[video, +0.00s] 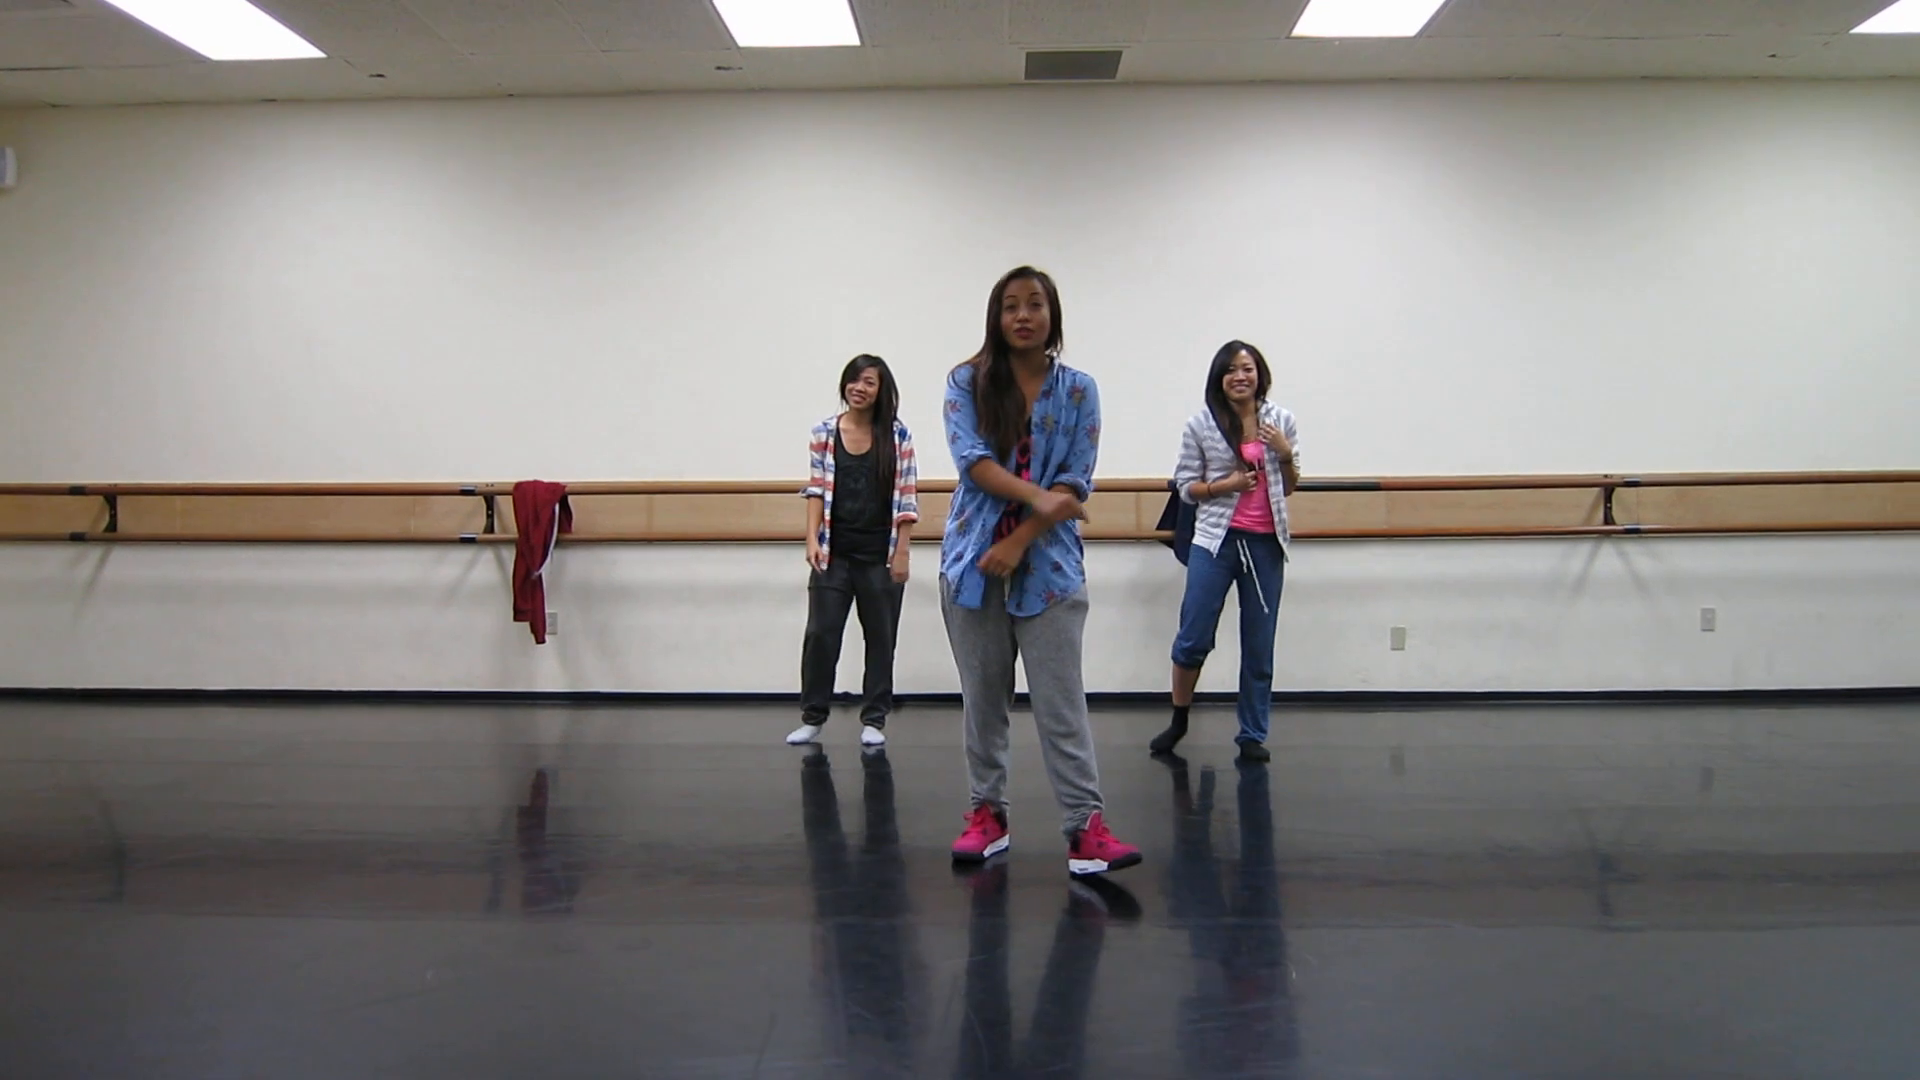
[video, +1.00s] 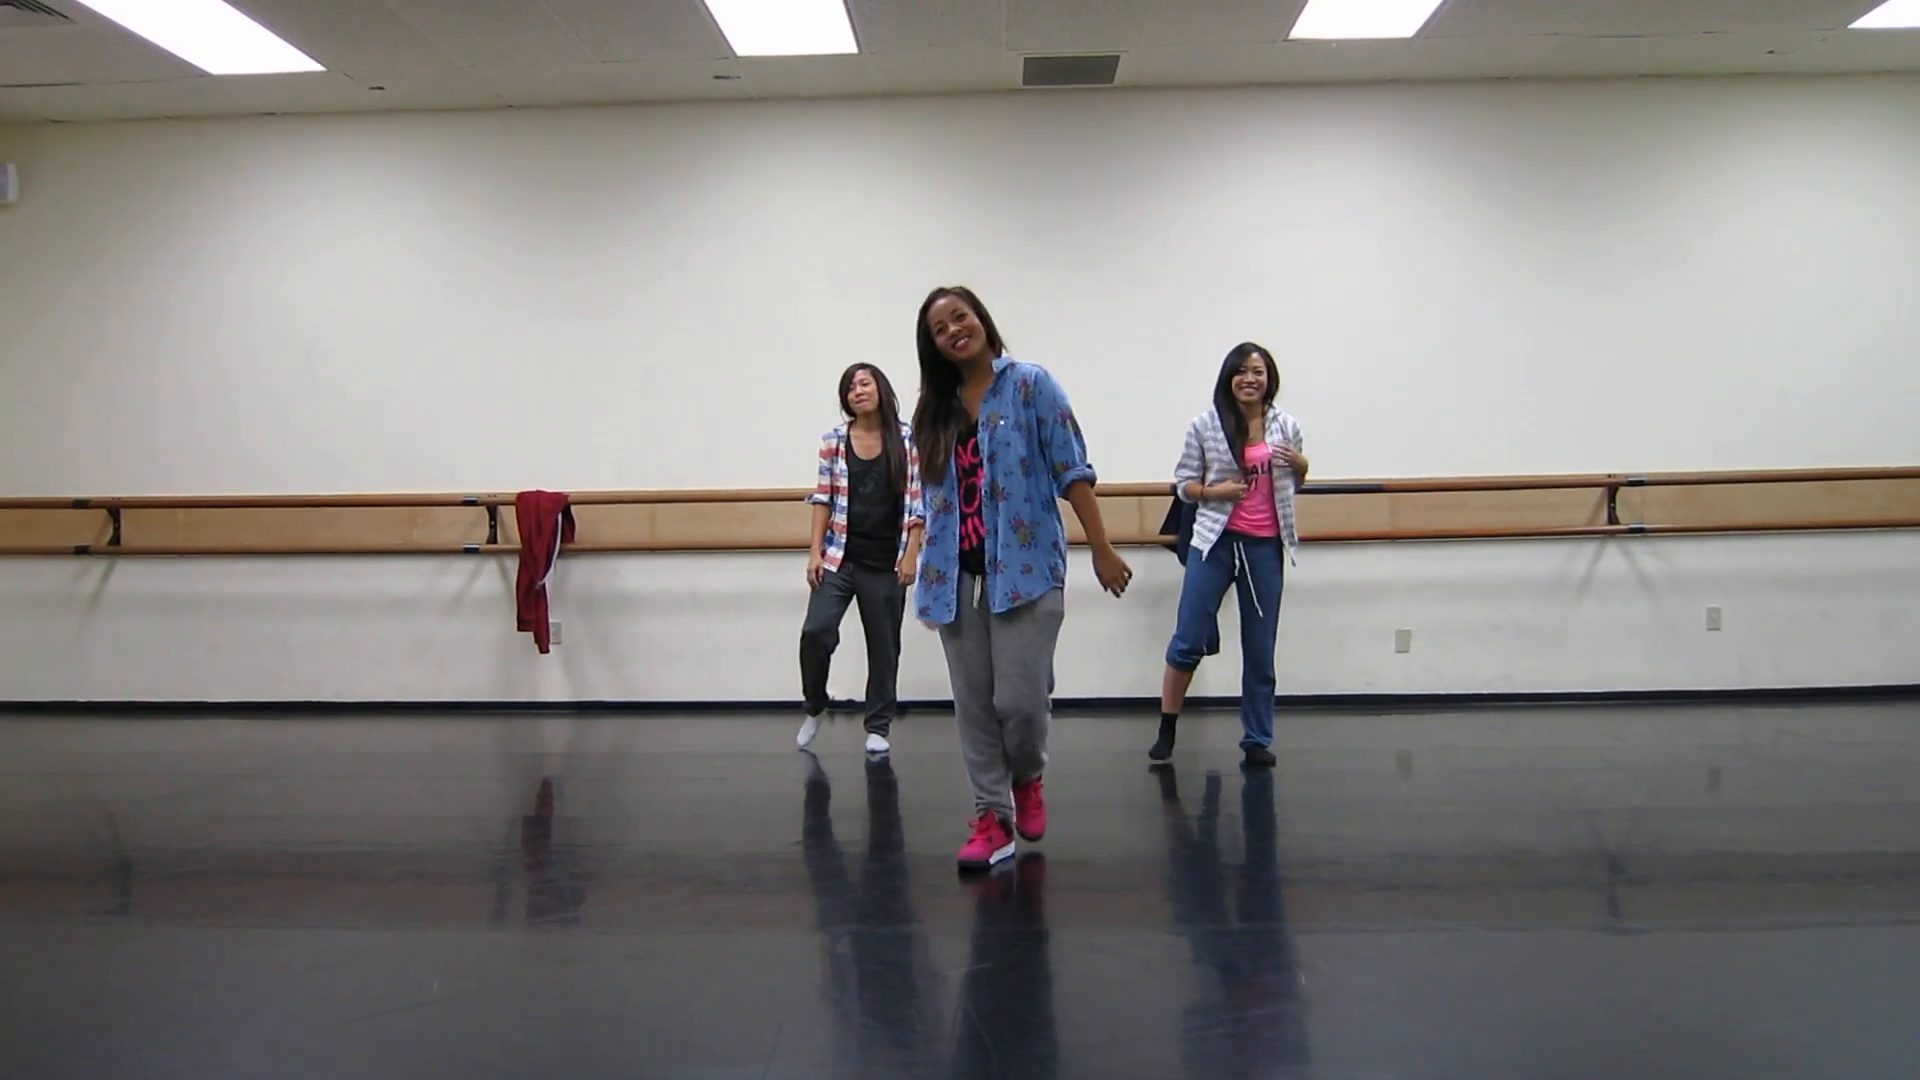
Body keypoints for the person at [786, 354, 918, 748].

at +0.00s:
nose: (860, 387)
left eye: (869, 383)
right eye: (855, 380)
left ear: (882, 391)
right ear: (844, 385)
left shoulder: (897, 435)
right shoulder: (824, 432)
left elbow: (907, 496)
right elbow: (816, 489)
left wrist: (902, 550)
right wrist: (812, 538)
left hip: (880, 558)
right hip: (833, 554)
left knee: (880, 642)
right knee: (820, 636)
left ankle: (874, 720)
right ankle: (813, 718)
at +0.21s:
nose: (866, 387)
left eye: (875, 382)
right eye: (860, 380)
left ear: (888, 391)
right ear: (850, 385)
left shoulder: (905, 436)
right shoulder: (830, 433)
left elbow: (924, 495)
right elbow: (819, 492)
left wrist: (924, 546)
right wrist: (809, 545)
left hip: (887, 557)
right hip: (836, 554)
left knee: (883, 643)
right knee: (821, 631)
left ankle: (874, 722)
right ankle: (812, 715)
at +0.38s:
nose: (867, 388)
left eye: (876, 383)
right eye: (861, 381)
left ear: (889, 391)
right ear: (851, 387)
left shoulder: (905, 437)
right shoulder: (832, 436)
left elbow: (924, 498)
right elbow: (821, 496)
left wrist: (924, 547)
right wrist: (812, 548)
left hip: (889, 561)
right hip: (839, 556)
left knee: (884, 645)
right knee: (822, 629)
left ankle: (874, 722)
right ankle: (817, 713)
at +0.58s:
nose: (866, 389)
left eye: (875, 384)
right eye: (860, 383)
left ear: (889, 391)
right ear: (851, 390)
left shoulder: (906, 438)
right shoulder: (835, 438)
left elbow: (920, 497)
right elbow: (825, 497)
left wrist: (911, 548)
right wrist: (816, 552)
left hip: (889, 556)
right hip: (841, 553)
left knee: (885, 645)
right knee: (824, 628)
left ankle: (875, 724)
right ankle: (814, 713)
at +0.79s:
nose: (865, 388)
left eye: (873, 382)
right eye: (859, 383)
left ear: (888, 391)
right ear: (850, 394)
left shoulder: (908, 439)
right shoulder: (836, 437)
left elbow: (917, 500)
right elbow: (824, 496)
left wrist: (902, 549)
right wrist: (815, 550)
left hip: (888, 561)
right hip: (840, 555)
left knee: (885, 648)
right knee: (819, 627)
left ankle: (876, 726)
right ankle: (817, 711)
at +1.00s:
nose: (859, 389)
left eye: (866, 383)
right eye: (852, 386)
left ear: (882, 390)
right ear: (846, 398)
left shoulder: (906, 438)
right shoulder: (833, 440)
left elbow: (918, 503)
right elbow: (823, 498)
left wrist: (911, 554)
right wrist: (815, 551)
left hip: (885, 565)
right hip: (838, 560)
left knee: (883, 651)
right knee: (815, 632)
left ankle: (878, 729)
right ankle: (815, 709)